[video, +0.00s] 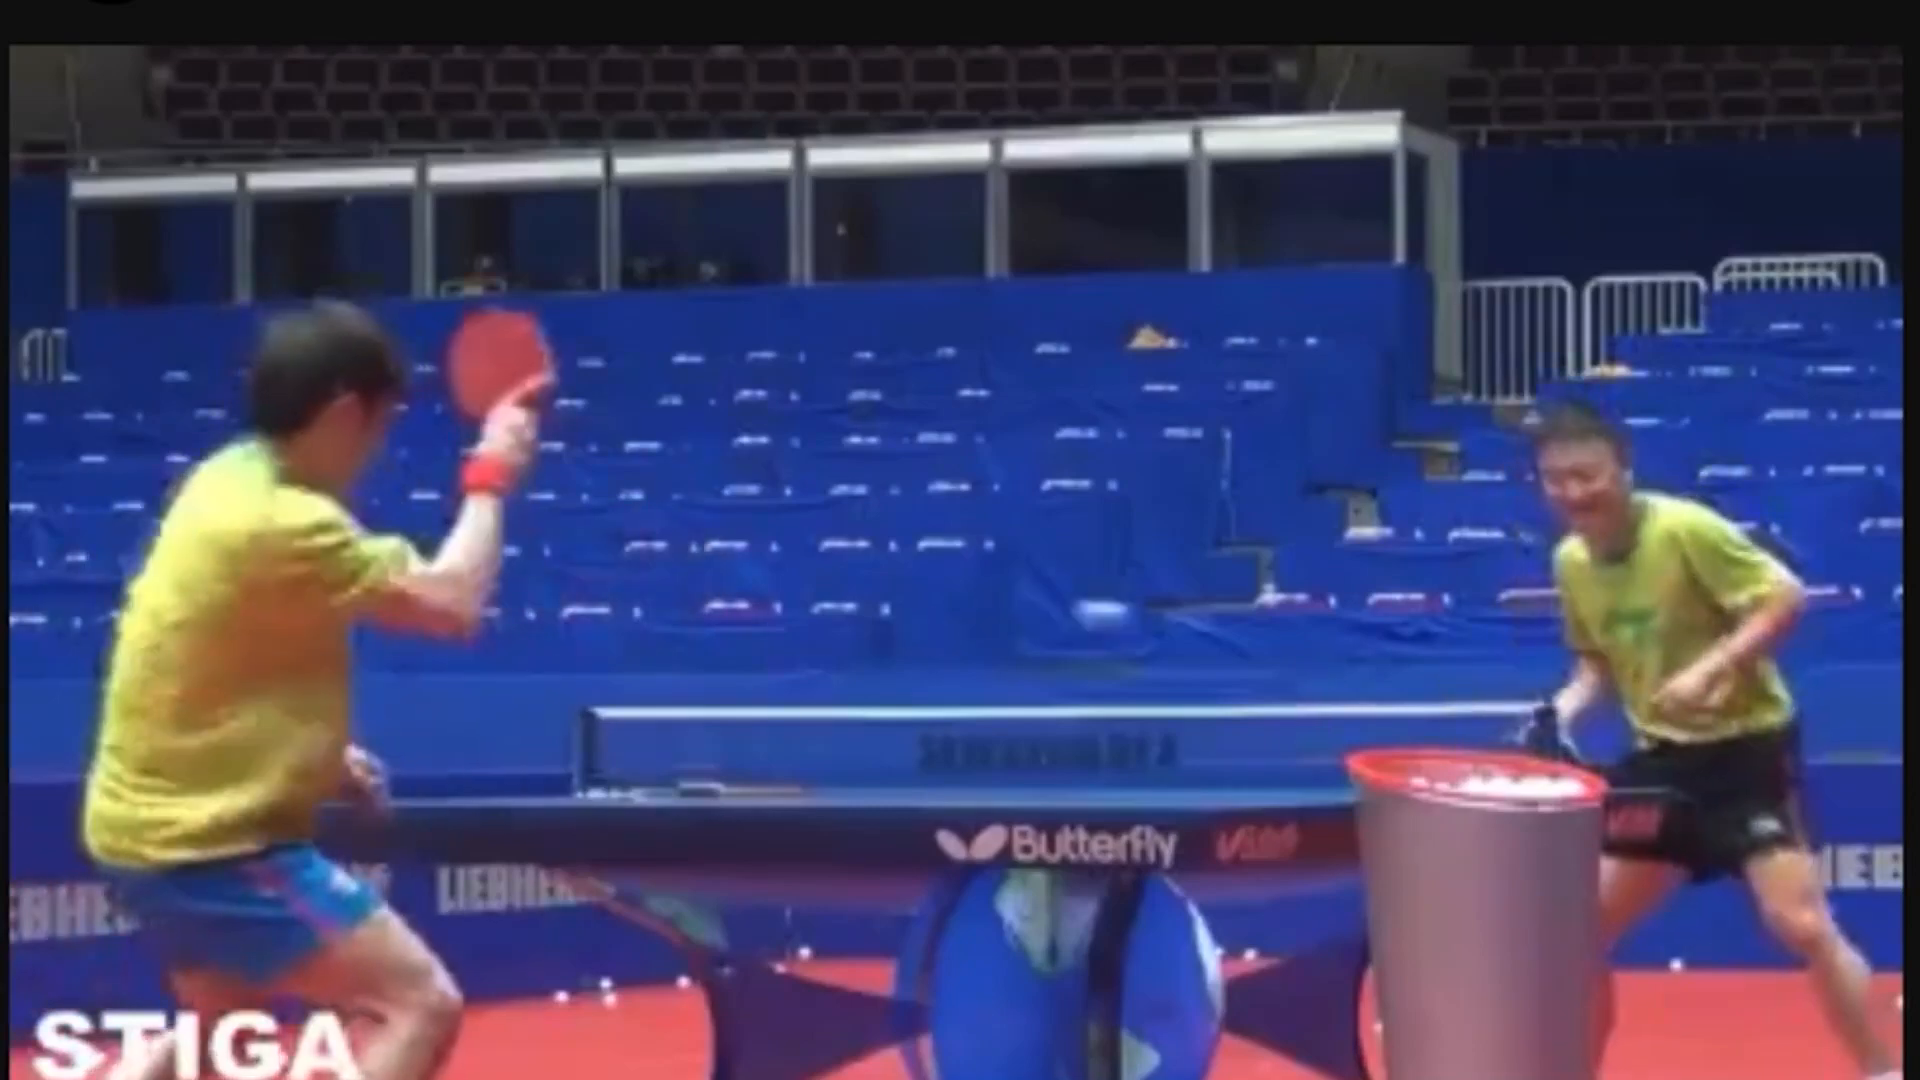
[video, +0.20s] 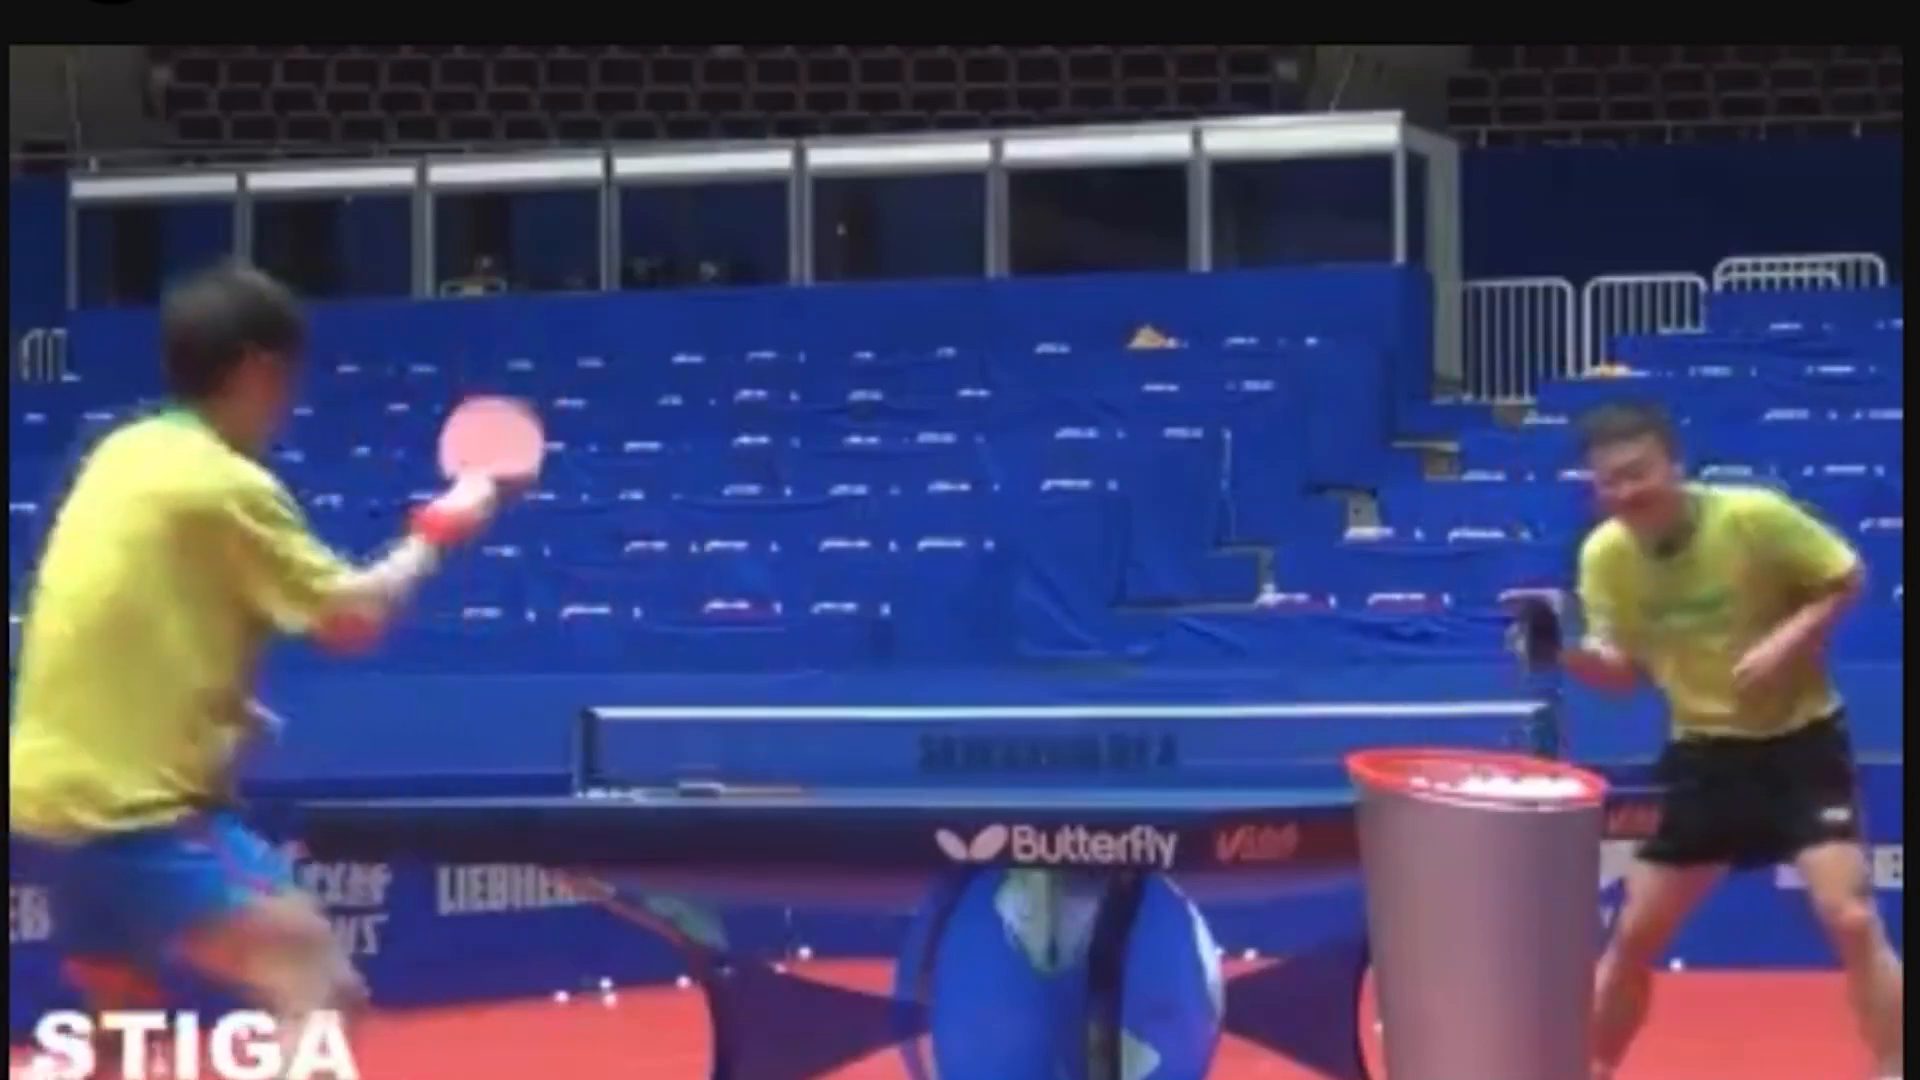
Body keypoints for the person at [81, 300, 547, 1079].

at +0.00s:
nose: (378, 447)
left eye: (385, 425)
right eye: (381, 423)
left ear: (289, 400)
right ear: (342, 411)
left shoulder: (224, 479)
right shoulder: (280, 522)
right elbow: (452, 604)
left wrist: (315, 757)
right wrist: (492, 475)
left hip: (150, 834)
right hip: (212, 848)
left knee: (221, 1044)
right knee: (423, 1007)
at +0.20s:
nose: (290, 394)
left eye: (290, 372)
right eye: (285, 370)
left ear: (189, 364)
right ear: (249, 370)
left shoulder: (120, 455)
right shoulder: (218, 482)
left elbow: (103, 631)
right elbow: (349, 618)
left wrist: (214, 704)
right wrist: (434, 536)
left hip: (47, 810)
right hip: (136, 817)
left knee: (126, 1028)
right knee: (321, 993)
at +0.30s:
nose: (245, 357)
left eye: (246, 334)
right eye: (244, 332)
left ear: (144, 324)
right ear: (210, 328)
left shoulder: (71, 409)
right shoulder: (163, 442)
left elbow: (37, 567)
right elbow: (243, 603)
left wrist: (134, 649)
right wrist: (377, 551)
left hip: (15, 748)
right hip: (59, 764)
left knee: (45, 975)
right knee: (179, 967)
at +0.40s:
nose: (205, 347)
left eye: (207, 325)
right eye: (204, 324)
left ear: (108, 315)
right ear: (173, 325)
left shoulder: (34, 406)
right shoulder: (112, 441)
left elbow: (41, 611)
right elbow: (132, 616)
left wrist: (120, 645)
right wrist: (278, 592)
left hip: (21, 750)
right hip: (35, 761)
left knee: (24, 959)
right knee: (137, 960)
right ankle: (58, 1074)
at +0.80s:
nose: (56, 460)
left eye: (59, 442)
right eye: (41, 443)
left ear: (62, 445)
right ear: (10, 448)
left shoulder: (53, 514)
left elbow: (124, 580)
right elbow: (123, 581)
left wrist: (159, 665)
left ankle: (18, 975)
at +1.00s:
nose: (72, 499)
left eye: (77, 475)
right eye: (53, 478)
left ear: (76, 474)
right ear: (12, 477)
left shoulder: (77, 549)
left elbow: (173, 596)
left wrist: (254, 707)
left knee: (37, 977)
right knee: (36, 976)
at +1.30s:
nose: (89, 281)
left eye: (85, 261)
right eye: (76, 263)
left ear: (28, 267)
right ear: (33, 268)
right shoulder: (86, 373)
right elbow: (201, 392)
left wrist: (108, 322)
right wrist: (129, 316)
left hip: (34, 738)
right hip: (30, 734)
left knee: (85, 948)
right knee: (91, 951)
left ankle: (40, 1049)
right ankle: (32, 1057)